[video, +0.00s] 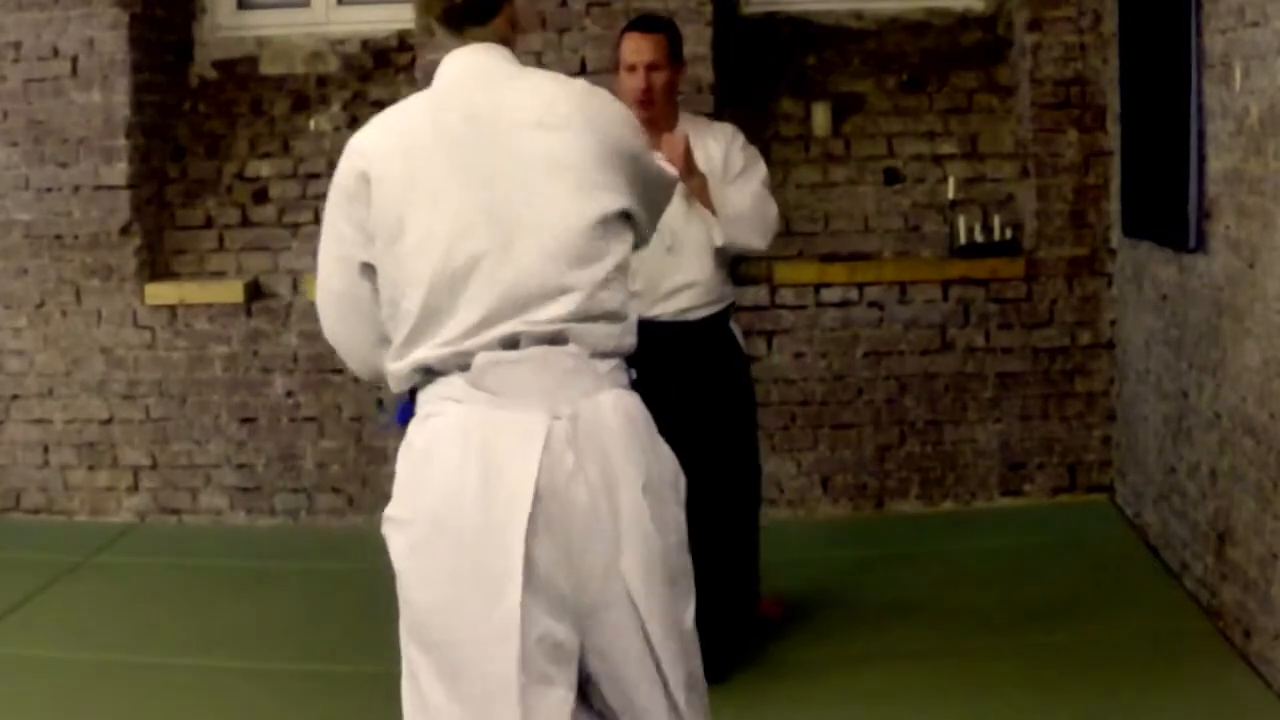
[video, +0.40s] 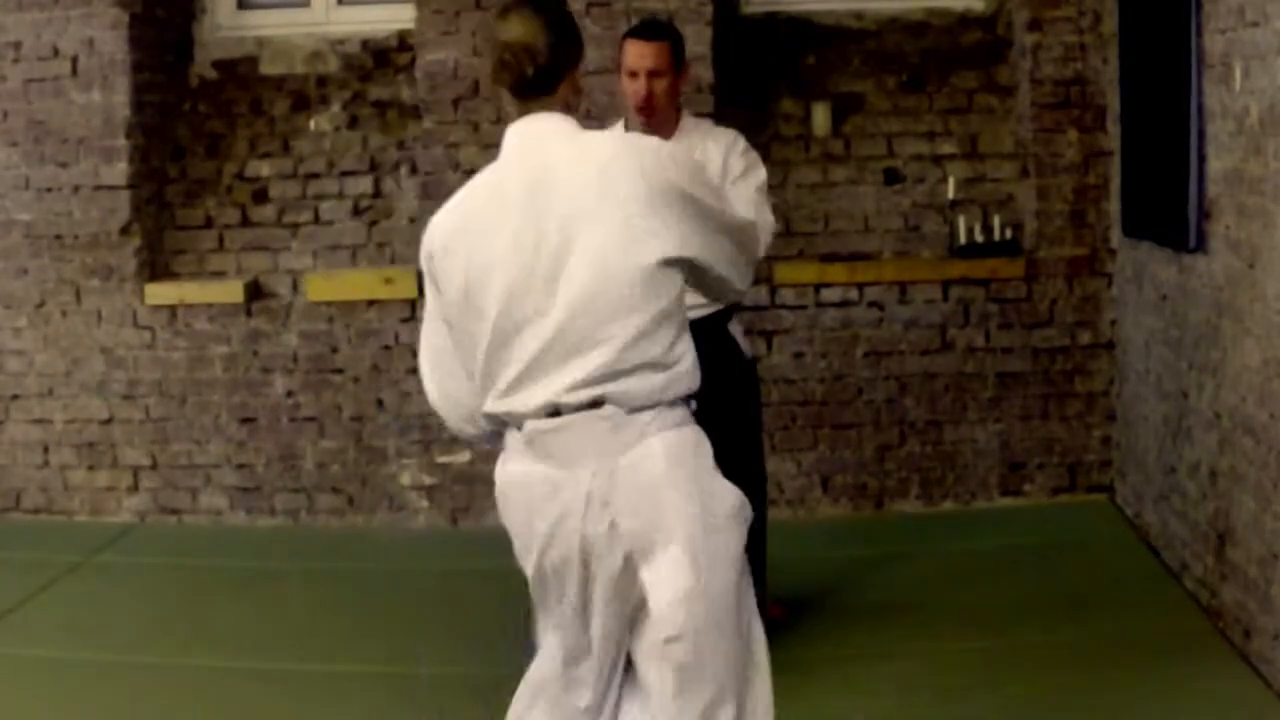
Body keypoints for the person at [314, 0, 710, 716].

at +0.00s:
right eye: (517, 13)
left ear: (427, 28)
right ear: (510, 17)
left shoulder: (375, 145)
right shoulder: (592, 111)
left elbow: (350, 328)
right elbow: (650, 202)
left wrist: (425, 377)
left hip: (457, 440)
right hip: (605, 429)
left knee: (473, 695)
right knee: (649, 686)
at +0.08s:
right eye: (525, 11)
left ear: (435, 27)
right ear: (524, 16)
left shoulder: (391, 157)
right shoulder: (611, 117)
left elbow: (376, 348)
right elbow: (662, 194)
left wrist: (460, 378)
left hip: (471, 446)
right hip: (617, 433)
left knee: (482, 698)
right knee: (656, 691)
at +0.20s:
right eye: (554, 17)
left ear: (460, 39)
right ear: (548, 25)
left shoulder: (417, 181)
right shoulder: (631, 126)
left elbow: (410, 374)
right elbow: (690, 216)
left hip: (512, 458)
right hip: (649, 442)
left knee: (506, 696)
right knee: (671, 693)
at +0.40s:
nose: (629, 90)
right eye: (607, 70)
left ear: (498, 82)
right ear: (577, 74)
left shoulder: (451, 225)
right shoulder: (644, 167)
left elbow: (457, 405)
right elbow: (736, 264)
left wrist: (533, 434)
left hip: (536, 475)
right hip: (659, 460)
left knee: (568, 678)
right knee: (695, 691)